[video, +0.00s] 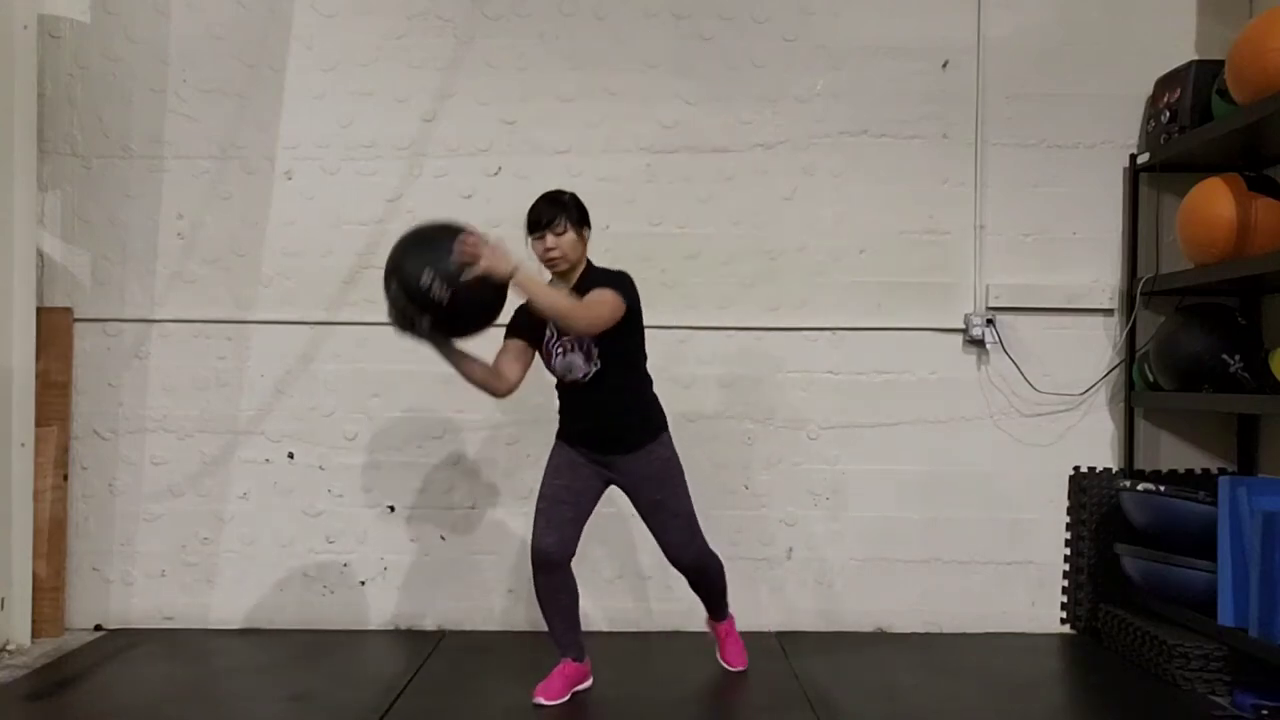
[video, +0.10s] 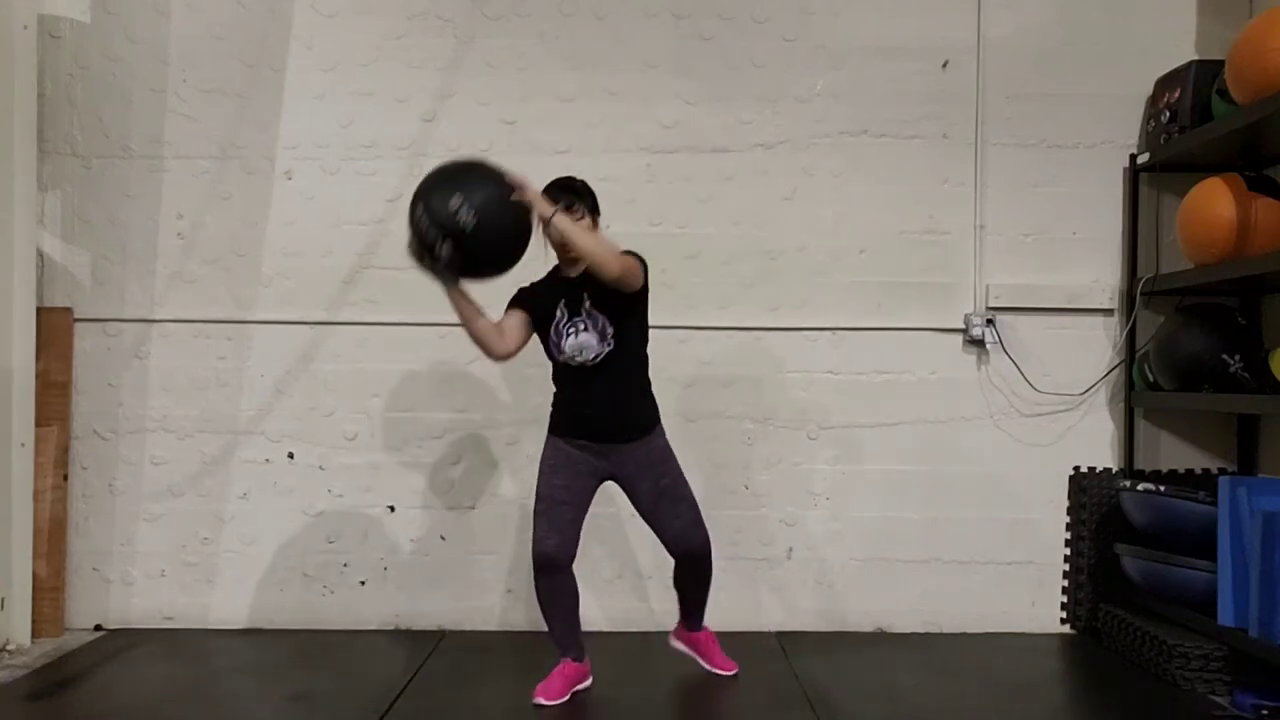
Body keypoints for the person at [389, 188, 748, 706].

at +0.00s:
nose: (548, 245)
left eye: (559, 232)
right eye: (538, 237)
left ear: (584, 235)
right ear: (532, 245)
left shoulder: (615, 286)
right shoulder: (534, 309)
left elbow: (583, 318)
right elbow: (501, 381)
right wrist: (440, 339)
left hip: (641, 445)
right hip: (577, 449)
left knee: (689, 554)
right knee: (548, 552)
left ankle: (722, 621)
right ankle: (574, 661)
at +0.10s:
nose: (561, 227)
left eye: (570, 216)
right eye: (552, 219)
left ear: (595, 221)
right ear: (542, 230)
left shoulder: (628, 271)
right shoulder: (539, 295)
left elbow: (609, 263)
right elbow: (500, 343)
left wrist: (541, 206)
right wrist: (451, 282)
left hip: (638, 442)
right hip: (570, 446)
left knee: (694, 546)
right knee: (549, 555)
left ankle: (691, 630)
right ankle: (573, 662)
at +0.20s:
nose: (587, 223)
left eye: (595, 212)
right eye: (574, 213)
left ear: (607, 214)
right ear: (556, 219)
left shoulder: (634, 265)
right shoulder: (548, 280)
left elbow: (650, 225)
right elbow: (508, 302)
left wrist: (585, 169)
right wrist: (476, 227)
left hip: (637, 438)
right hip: (569, 442)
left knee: (688, 538)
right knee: (559, 557)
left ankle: (675, 645)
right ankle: (570, 659)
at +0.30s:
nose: (609, 216)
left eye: (615, 207)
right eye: (595, 208)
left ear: (624, 210)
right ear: (569, 212)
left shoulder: (636, 257)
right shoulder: (559, 273)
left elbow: (672, 200)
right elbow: (536, 265)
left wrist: (618, 144)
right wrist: (517, 183)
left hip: (635, 434)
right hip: (576, 437)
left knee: (680, 536)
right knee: (578, 554)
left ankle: (672, 650)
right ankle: (559, 657)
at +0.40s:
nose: (629, 214)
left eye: (631, 206)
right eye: (617, 204)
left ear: (634, 210)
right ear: (588, 207)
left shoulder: (635, 251)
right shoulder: (573, 262)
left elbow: (678, 190)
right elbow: (583, 228)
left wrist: (632, 130)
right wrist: (566, 148)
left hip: (637, 428)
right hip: (589, 432)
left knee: (676, 535)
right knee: (598, 551)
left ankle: (672, 649)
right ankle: (538, 651)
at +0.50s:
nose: (637, 209)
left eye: (638, 198)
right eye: (627, 198)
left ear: (624, 207)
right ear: (606, 206)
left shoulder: (630, 249)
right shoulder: (593, 251)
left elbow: (673, 192)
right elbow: (631, 202)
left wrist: (640, 130)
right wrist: (611, 123)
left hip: (637, 427)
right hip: (607, 428)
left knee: (669, 535)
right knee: (607, 551)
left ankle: (671, 649)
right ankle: (517, 648)